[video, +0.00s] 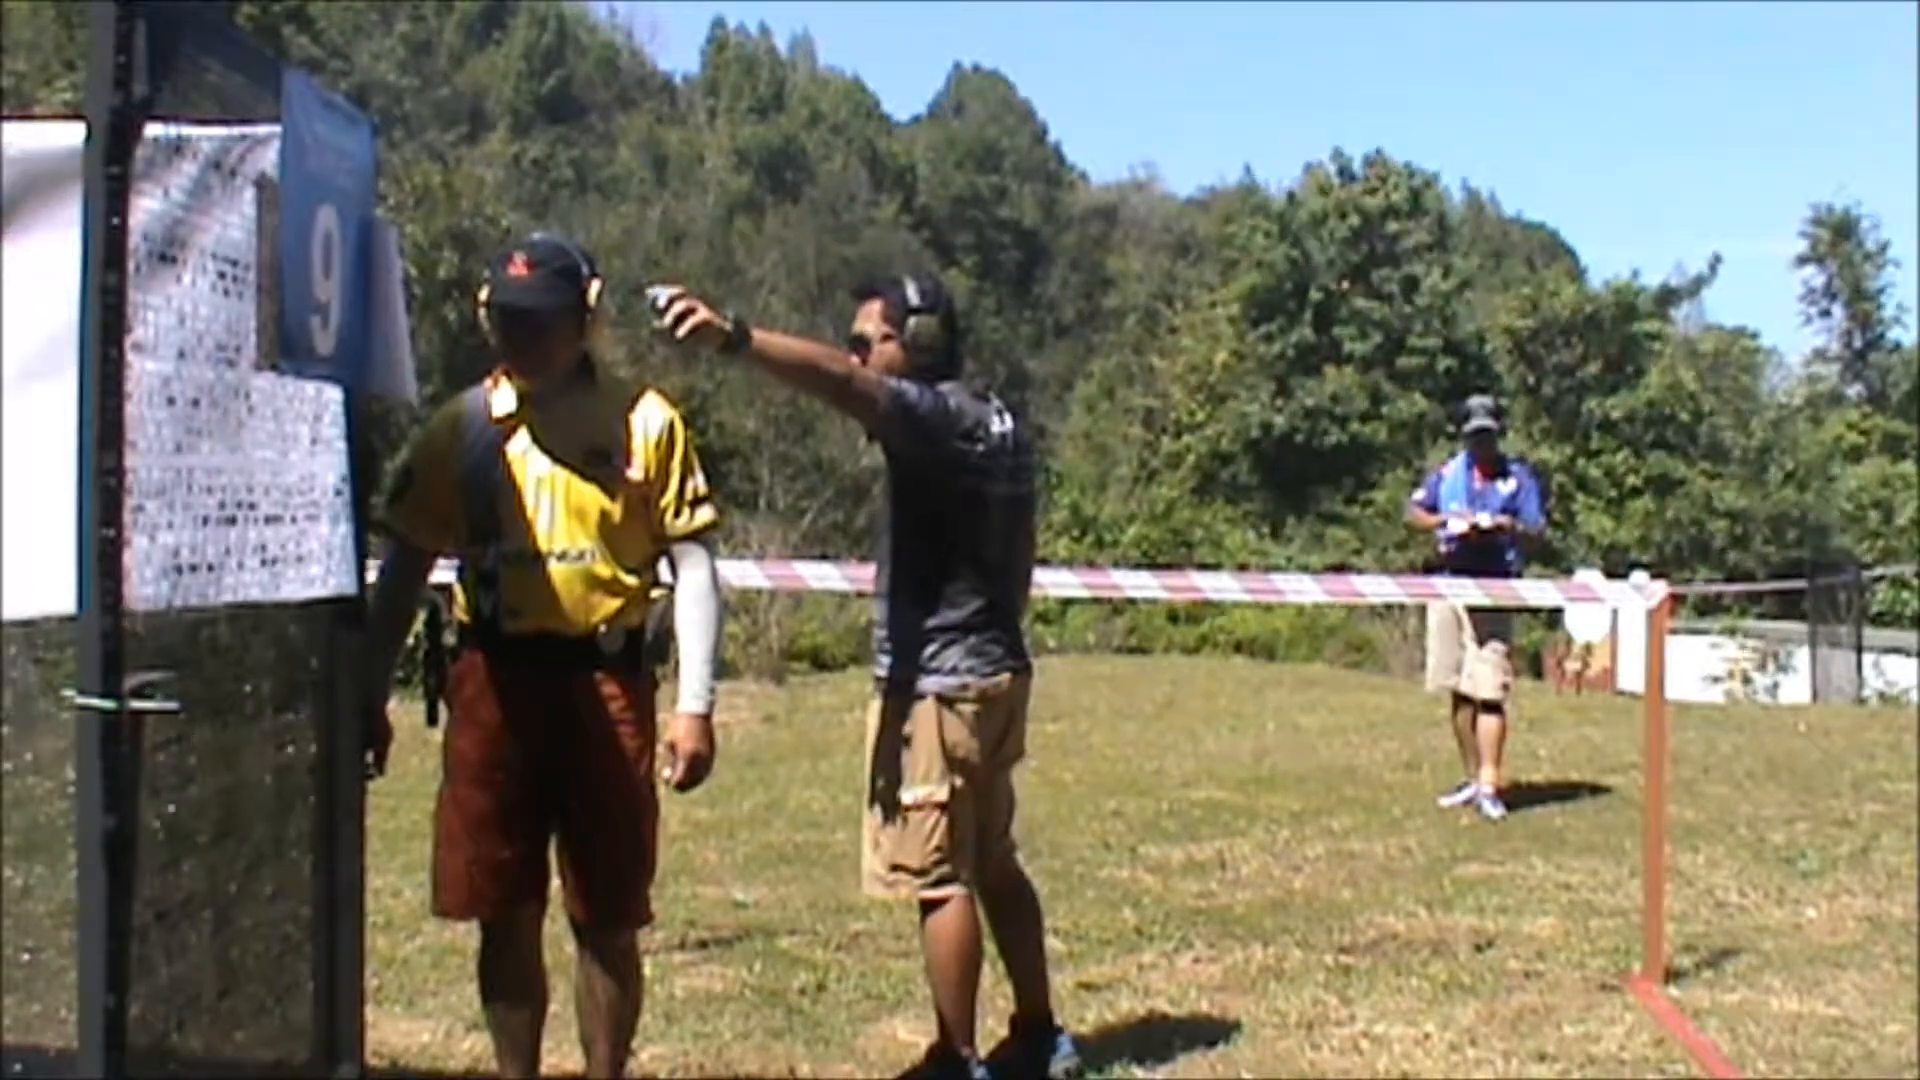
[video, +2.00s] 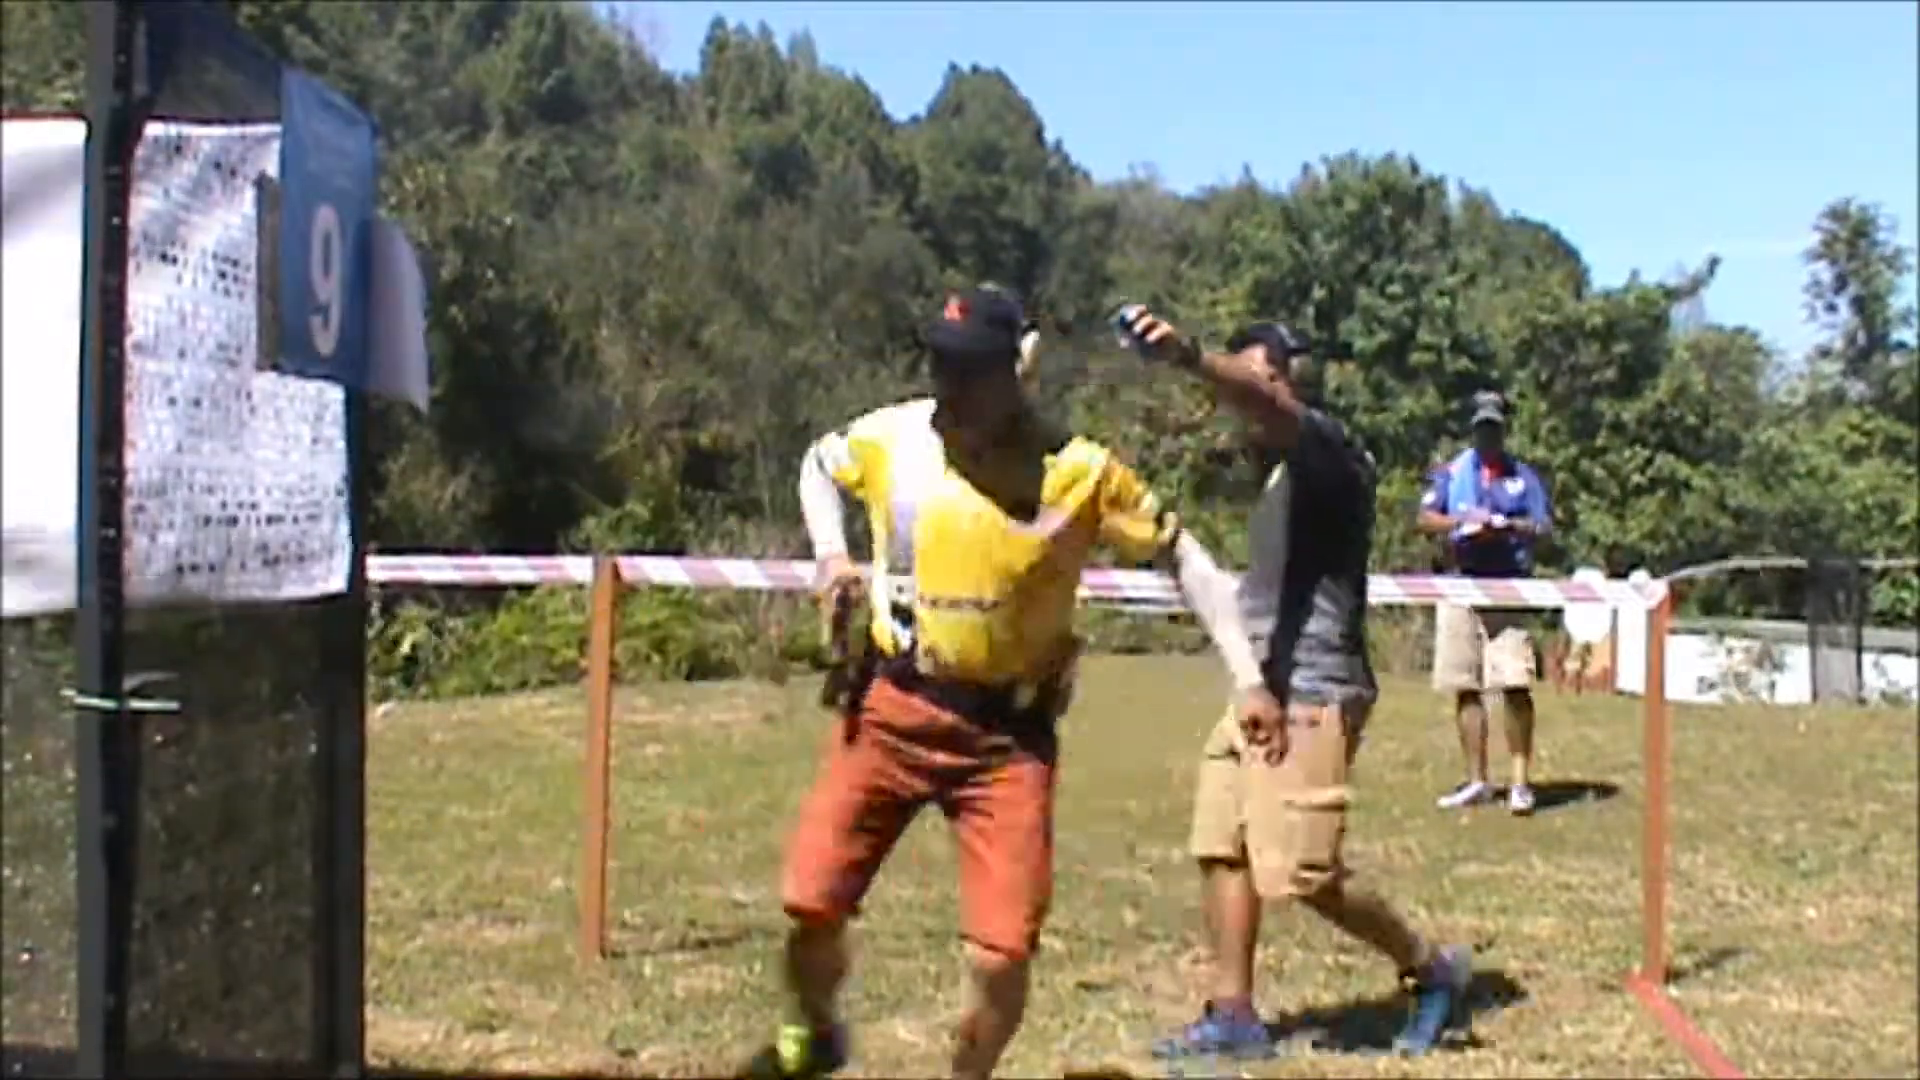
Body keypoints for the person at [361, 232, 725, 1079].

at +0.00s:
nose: (519, 338)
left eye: (539, 323)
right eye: (507, 320)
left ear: (586, 323)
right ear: (490, 317)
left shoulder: (645, 424)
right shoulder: (463, 426)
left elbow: (693, 565)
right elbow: (405, 565)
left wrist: (695, 701)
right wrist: (369, 695)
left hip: (606, 692)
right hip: (495, 693)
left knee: (607, 923)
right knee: (503, 914)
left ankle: (607, 1071)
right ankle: (517, 1072)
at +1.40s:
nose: (580, 433)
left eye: (595, 416)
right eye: (562, 416)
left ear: (624, 394)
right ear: (531, 394)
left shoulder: (671, 461)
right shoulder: (490, 432)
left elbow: (752, 583)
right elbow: (425, 475)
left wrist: (813, 718)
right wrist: (436, 583)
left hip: (645, 702)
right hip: (526, 698)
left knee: (724, 898)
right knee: (493, 922)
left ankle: (719, 1061)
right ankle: (509, 1072)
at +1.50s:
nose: (594, 453)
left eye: (610, 435)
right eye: (575, 437)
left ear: (638, 411)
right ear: (545, 413)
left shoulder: (685, 481)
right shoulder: (495, 455)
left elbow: (766, 594)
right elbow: (455, 522)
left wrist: (818, 723)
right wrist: (479, 649)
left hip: (664, 714)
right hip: (541, 712)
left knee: (757, 909)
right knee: (491, 928)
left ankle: (789, 1048)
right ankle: (503, 1071)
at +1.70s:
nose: (704, 512)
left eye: (712, 491)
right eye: (682, 500)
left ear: (726, 467)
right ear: (638, 485)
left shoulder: (772, 547)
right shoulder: (581, 514)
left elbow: (843, 644)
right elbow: (531, 551)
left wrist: (916, 759)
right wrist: (552, 665)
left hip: (736, 769)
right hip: (613, 763)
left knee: (850, 946)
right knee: (538, 957)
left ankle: (916, 1070)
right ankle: (525, 1071)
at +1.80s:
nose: (811, 500)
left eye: (826, 481)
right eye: (789, 483)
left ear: (848, 464)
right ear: (748, 466)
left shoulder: (885, 552)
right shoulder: (693, 502)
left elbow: (975, 646)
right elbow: (617, 522)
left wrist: (1063, 756)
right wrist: (635, 637)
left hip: (815, 780)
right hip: (690, 763)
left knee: (909, 951)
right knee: (583, 948)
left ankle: (927, 1072)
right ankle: (537, 1070)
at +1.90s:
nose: (863, 450)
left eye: (883, 432)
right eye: (848, 432)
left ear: (924, 430)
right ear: (830, 425)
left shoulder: (975, 534)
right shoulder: (787, 475)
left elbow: (1068, 628)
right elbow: (710, 492)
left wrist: (1157, 742)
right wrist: (721, 599)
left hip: (890, 763)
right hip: (769, 740)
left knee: (946, 961)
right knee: (648, 936)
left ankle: (954, 1076)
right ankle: (562, 1066)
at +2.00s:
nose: (949, 387)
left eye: (970, 371)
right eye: (941, 367)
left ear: (1018, 373)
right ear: (930, 365)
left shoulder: (1083, 474)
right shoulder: (895, 436)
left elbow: (1189, 561)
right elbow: (820, 467)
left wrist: (1249, 681)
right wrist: (833, 553)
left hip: (1007, 742)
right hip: (889, 719)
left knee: (1001, 958)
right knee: (810, 905)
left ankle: (970, 1070)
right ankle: (816, 1038)